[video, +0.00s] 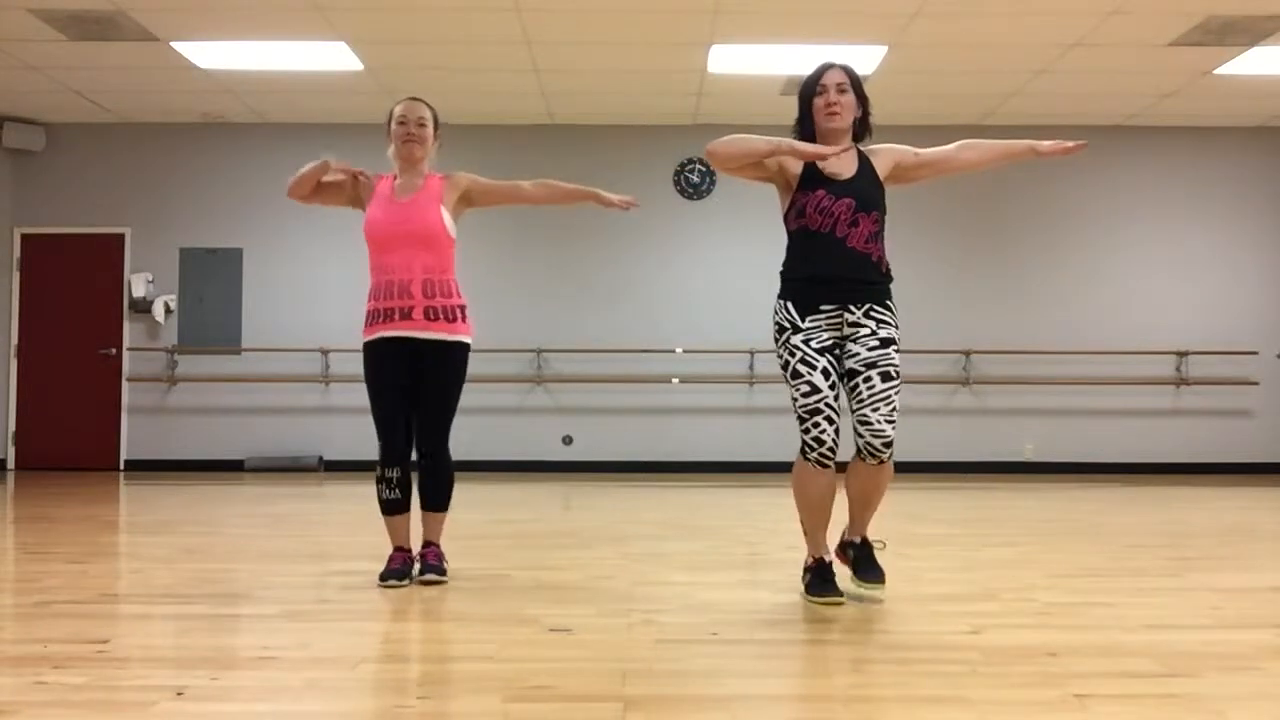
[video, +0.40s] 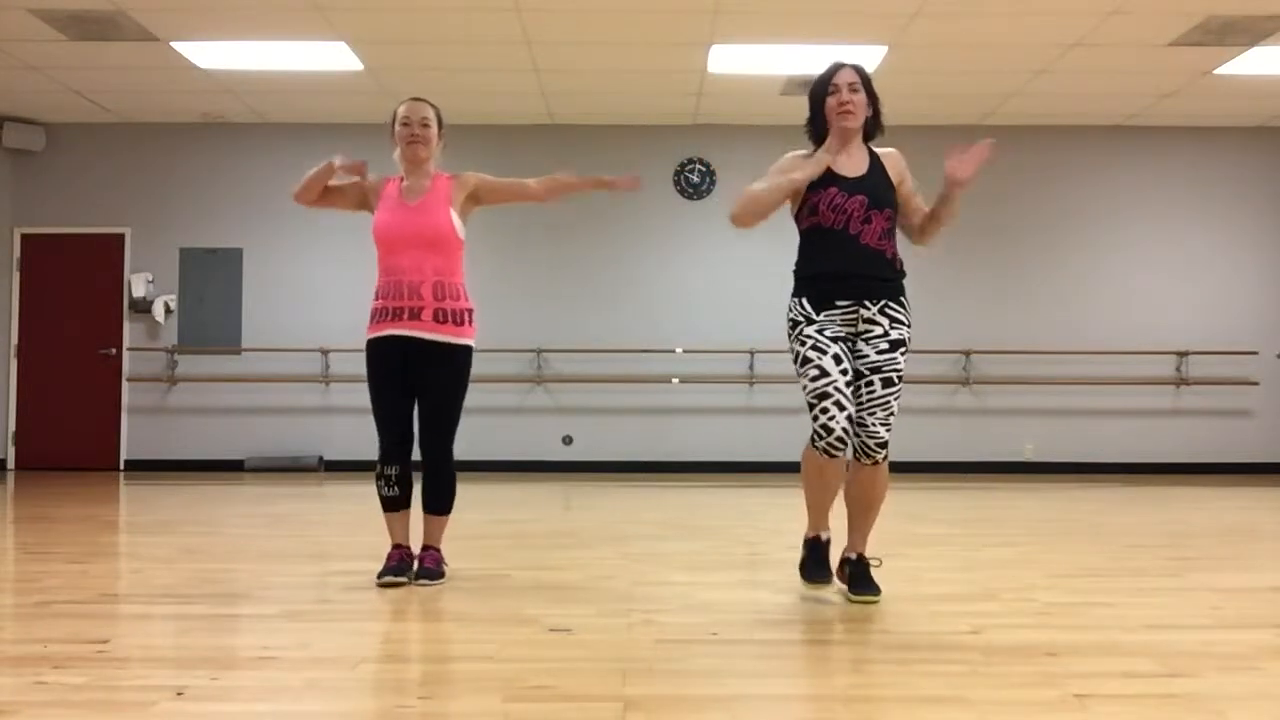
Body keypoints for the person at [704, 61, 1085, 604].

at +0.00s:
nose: (832, 99)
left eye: (842, 91)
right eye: (823, 92)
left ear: (860, 105)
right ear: (807, 107)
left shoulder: (881, 159)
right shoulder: (787, 163)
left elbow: (957, 152)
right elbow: (715, 151)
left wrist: (1032, 147)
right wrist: (789, 147)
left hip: (870, 314)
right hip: (804, 314)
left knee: (878, 435)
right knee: (821, 434)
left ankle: (855, 539)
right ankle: (816, 560)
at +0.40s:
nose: (846, 98)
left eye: (855, 90)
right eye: (835, 91)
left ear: (871, 103)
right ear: (820, 106)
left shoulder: (890, 161)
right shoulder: (798, 163)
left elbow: (923, 230)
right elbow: (741, 214)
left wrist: (952, 189)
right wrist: (791, 181)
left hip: (883, 313)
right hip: (817, 313)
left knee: (873, 435)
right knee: (834, 425)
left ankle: (857, 556)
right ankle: (817, 537)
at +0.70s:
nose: (842, 102)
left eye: (851, 95)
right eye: (833, 94)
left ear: (864, 109)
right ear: (817, 106)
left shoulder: (882, 164)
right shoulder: (800, 163)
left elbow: (941, 159)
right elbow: (772, 164)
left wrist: (901, 110)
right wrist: (807, 105)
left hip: (878, 311)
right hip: (814, 312)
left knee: (874, 435)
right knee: (831, 434)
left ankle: (856, 555)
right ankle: (816, 555)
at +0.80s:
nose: (841, 98)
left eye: (850, 91)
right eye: (830, 91)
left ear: (864, 104)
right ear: (814, 106)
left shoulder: (881, 154)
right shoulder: (797, 159)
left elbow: (928, 104)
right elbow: (775, 98)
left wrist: (882, 39)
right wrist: (821, 45)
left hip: (876, 309)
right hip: (810, 311)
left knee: (884, 427)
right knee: (821, 429)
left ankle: (855, 541)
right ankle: (815, 556)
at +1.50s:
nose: (843, 103)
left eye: (852, 96)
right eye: (830, 96)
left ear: (864, 110)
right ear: (814, 112)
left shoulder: (878, 158)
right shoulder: (795, 160)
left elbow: (915, 75)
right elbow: (761, 86)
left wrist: (943, 8)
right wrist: (745, 31)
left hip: (875, 315)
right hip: (811, 316)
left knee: (869, 438)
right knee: (829, 434)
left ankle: (854, 557)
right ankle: (810, 555)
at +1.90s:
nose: (844, 107)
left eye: (853, 98)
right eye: (833, 99)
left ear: (867, 109)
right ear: (816, 110)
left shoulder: (884, 157)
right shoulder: (795, 160)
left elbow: (951, 105)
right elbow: (734, 115)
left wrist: (1017, 58)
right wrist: (672, 63)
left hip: (874, 317)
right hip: (809, 318)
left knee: (867, 439)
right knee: (819, 436)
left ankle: (853, 554)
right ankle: (809, 559)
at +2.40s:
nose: (847, 101)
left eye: (856, 93)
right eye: (836, 93)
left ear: (868, 105)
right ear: (817, 106)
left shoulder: (888, 161)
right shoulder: (793, 161)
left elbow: (961, 153)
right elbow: (714, 156)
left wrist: (1039, 145)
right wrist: (637, 147)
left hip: (875, 315)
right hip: (810, 316)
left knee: (875, 441)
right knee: (829, 438)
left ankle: (854, 553)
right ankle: (817, 559)